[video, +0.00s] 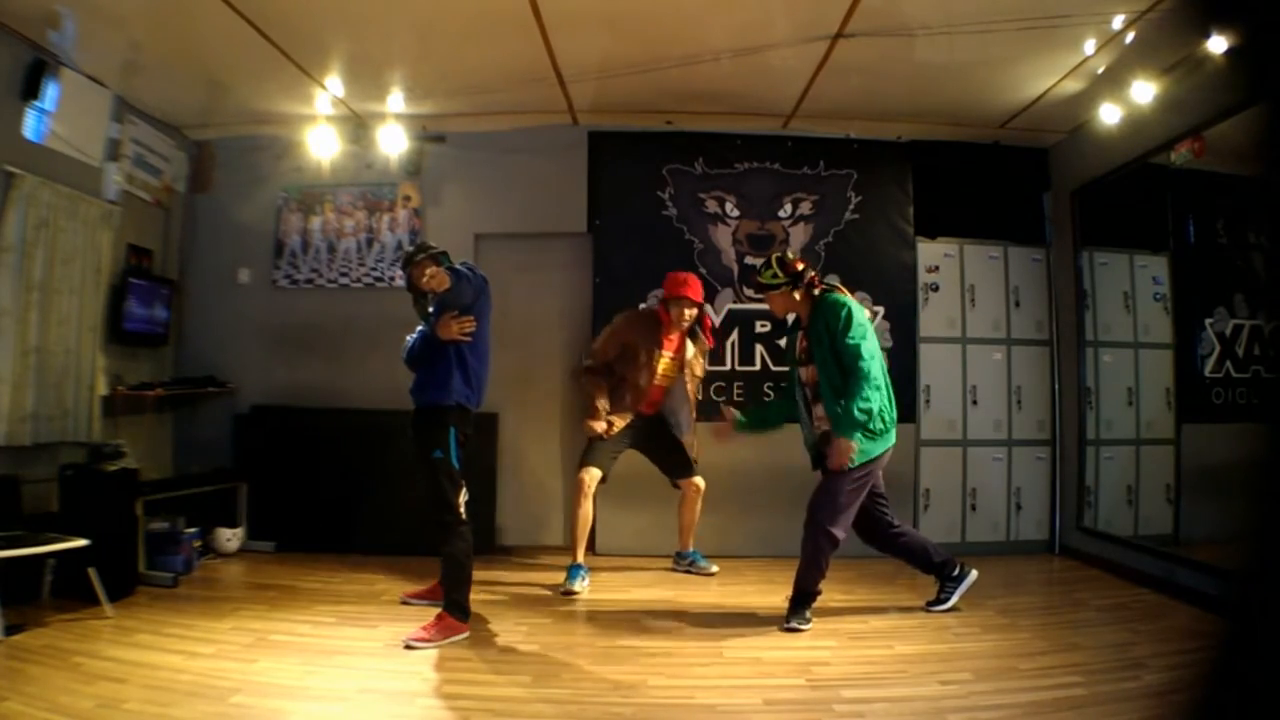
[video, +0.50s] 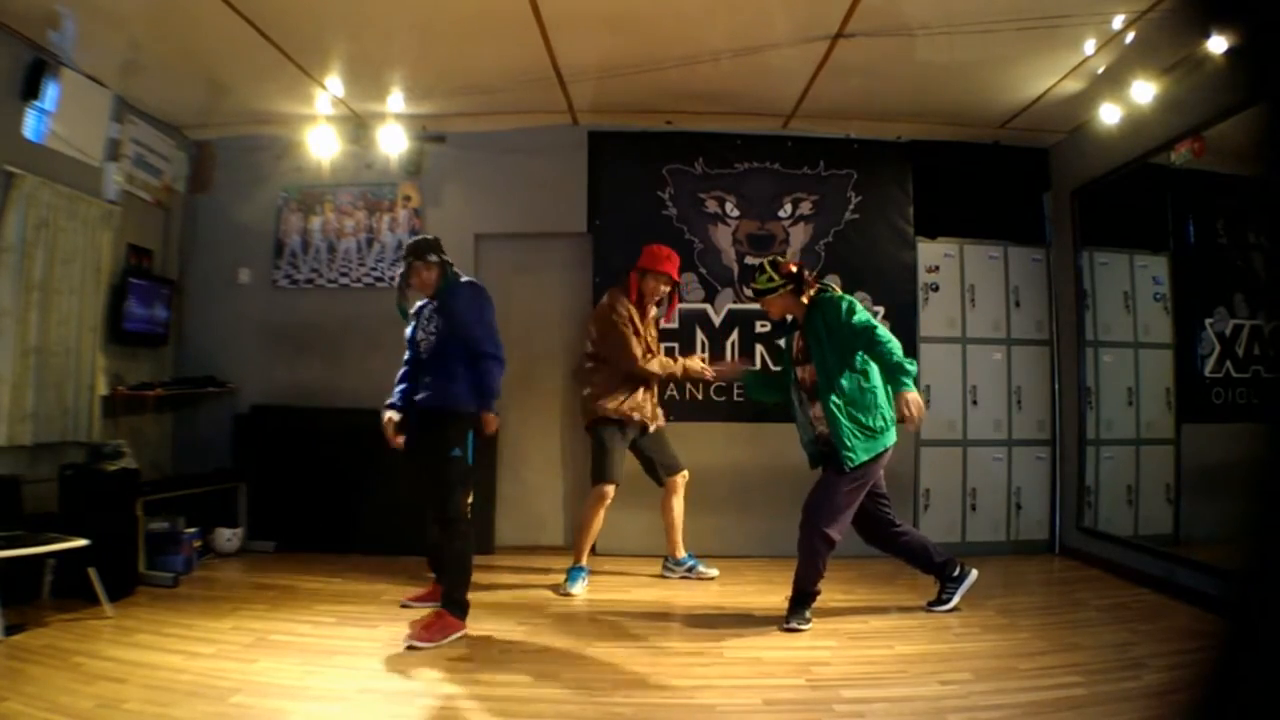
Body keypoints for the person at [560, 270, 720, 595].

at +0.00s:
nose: (686, 313)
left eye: (692, 307)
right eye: (680, 305)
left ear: (699, 310)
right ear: (665, 304)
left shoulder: (694, 345)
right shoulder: (633, 324)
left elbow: (691, 396)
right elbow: (594, 365)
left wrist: (690, 440)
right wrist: (599, 412)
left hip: (654, 422)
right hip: (618, 418)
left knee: (694, 485)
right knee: (586, 479)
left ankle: (685, 554)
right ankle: (577, 566)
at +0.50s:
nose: (661, 290)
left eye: (667, 284)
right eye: (657, 281)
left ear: (670, 287)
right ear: (640, 276)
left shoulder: (647, 314)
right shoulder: (615, 306)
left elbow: (652, 361)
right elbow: (636, 362)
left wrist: (688, 367)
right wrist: (684, 368)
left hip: (642, 414)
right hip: (609, 412)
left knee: (676, 478)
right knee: (605, 489)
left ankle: (676, 559)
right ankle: (579, 567)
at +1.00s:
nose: (692, 273)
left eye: (696, 266)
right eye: (684, 267)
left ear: (704, 273)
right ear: (672, 274)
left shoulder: (712, 323)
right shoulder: (652, 312)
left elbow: (722, 378)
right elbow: (652, 370)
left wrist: (728, 428)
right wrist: (667, 420)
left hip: (693, 418)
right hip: (649, 414)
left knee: (714, 487)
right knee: (618, 486)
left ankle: (693, 555)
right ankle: (584, 563)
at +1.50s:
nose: (660, 265)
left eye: (667, 260)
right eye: (657, 259)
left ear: (683, 265)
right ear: (652, 263)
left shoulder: (715, 306)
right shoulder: (643, 306)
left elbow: (742, 351)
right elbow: (607, 338)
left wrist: (720, 391)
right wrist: (589, 369)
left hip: (701, 406)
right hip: (659, 403)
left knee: (699, 483)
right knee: (626, 468)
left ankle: (708, 554)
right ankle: (642, 534)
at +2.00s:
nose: (612, 259)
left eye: (618, 252)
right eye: (605, 253)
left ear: (630, 257)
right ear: (596, 260)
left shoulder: (657, 298)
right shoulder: (588, 305)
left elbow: (659, 357)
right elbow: (587, 361)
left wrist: (649, 412)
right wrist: (605, 411)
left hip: (650, 402)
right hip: (609, 404)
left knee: (666, 479)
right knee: (600, 481)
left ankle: (676, 534)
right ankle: (599, 558)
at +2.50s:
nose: (623, 250)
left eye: (630, 243)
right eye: (616, 244)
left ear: (640, 248)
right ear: (606, 250)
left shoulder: (660, 291)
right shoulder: (590, 293)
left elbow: (666, 345)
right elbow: (599, 346)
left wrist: (656, 386)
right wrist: (633, 385)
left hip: (650, 395)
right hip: (609, 395)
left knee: (658, 471)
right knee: (605, 477)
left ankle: (661, 550)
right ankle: (603, 551)